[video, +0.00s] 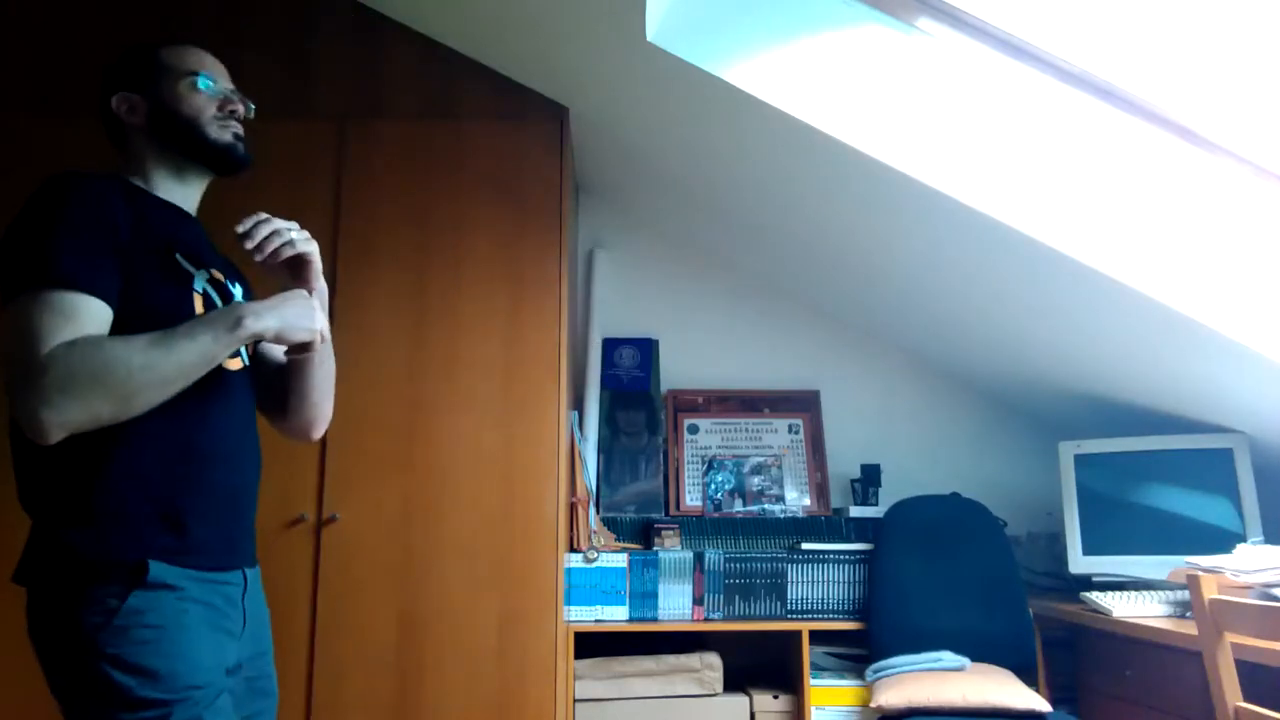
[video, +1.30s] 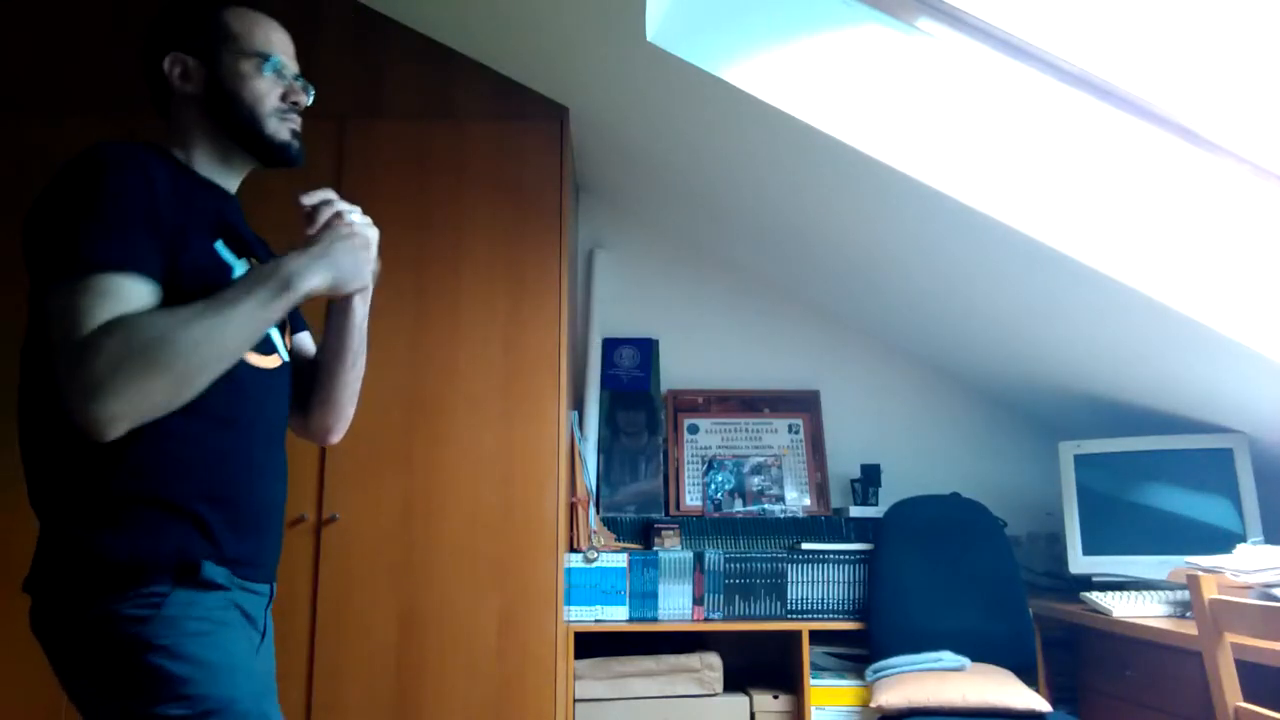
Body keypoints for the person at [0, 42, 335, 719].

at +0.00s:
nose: (238, 100)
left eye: (236, 91)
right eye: (205, 83)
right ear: (132, 109)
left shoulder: (212, 259)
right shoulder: (82, 208)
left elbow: (304, 417)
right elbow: (48, 398)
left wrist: (311, 293)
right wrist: (246, 320)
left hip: (236, 588)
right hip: (136, 593)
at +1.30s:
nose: (299, 91)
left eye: (297, 77)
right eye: (267, 66)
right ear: (186, 75)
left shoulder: (243, 239)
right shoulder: (116, 183)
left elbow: (322, 422)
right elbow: (101, 394)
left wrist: (354, 289)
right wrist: (301, 271)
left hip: (233, 595)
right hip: (153, 597)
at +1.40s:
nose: (315, 77)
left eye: (313, 61)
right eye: (285, 51)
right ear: (201, 54)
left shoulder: (224, 201)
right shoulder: (149, 160)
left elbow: (316, 408)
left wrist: (354, 260)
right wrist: (370, 243)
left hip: (213, 587)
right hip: (164, 589)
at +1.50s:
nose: (330, 60)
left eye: (328, 42)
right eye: (302, 30)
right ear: (219, 27)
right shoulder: (194, 115)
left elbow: (303, 396)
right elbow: (335, 282)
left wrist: (355, 249)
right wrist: (500, 202)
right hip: (176, 575)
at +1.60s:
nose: (346, 46)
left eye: (344, 23)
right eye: (323, 17)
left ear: (238, 25)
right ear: (242, 10)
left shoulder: (170, 115)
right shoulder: (254, 89)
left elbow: (284, 370)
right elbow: (495, 226)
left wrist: (353, 235)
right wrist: (670, 191)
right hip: (175, 574)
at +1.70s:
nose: (350, 45)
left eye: (351, 25)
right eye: (335, 16)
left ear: (243, 23)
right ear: (254, 5)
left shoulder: (157, 105)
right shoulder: (257, 79)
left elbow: (279, 350)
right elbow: (507, 230)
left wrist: (343, 232)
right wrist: (675, 226)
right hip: (173, 583)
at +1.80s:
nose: (342, 46)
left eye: (339, 22)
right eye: (325, 13)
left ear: (226, 18)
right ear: (240, 10)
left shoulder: (128, 106)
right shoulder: (243, 80)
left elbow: (251, 346)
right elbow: (398, 288)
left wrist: (346, 225)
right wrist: (561, 262)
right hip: (186, 583)